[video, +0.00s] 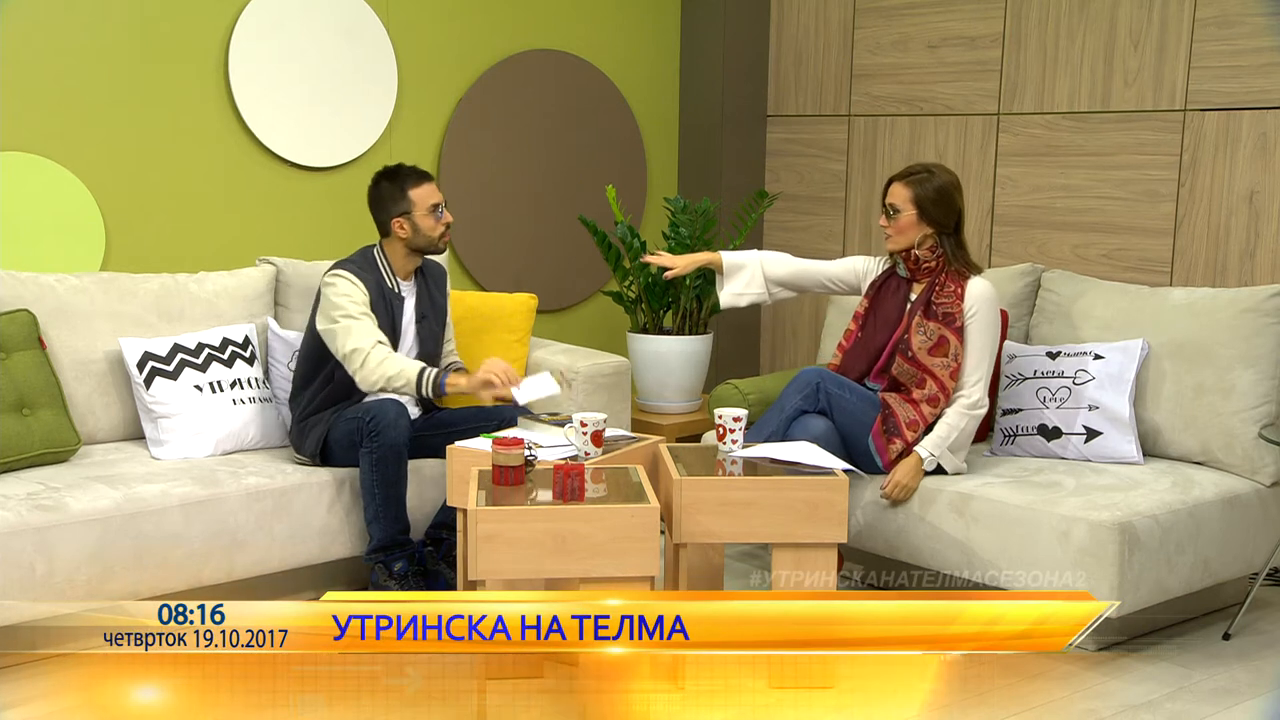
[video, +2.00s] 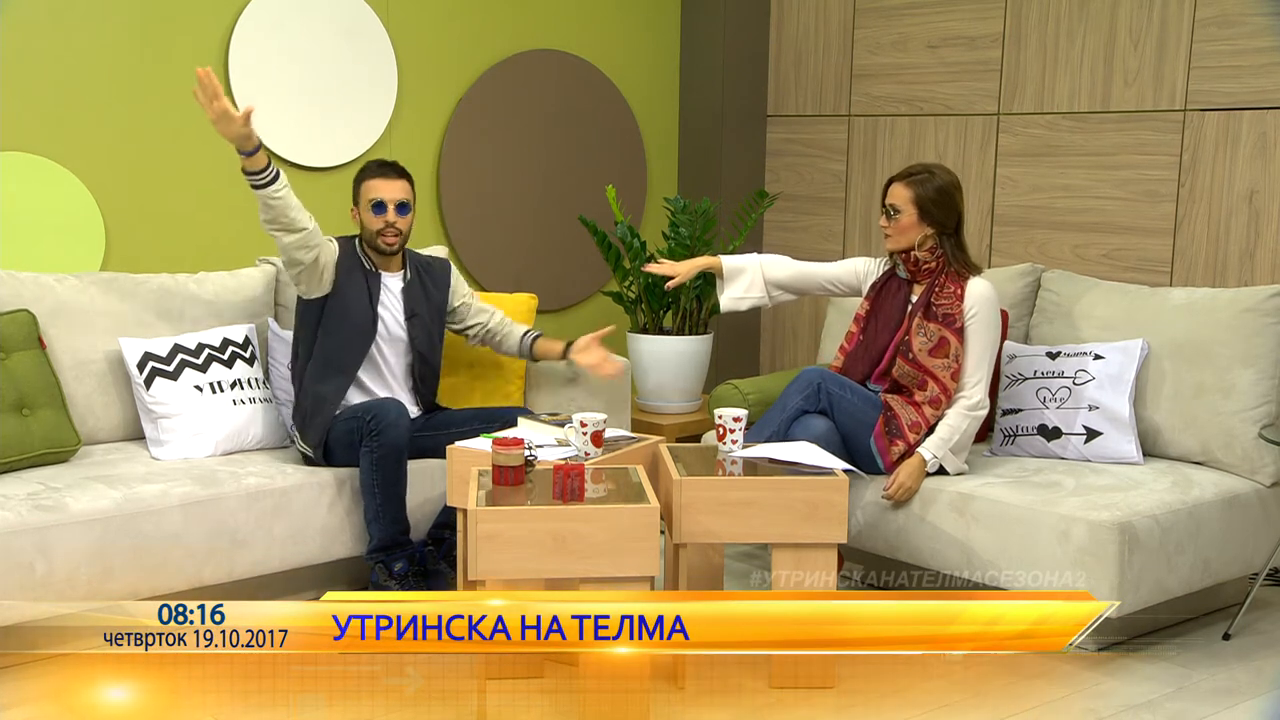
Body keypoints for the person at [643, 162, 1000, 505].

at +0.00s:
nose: (883, 222)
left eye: (895, 213)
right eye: (885, 212)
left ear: (931, 222)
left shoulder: (974, 293)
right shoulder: (882, 270)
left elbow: (971, 398)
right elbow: (799, 271)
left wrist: (921, 459)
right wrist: (704, 259)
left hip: (914, 439)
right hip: (861, 422)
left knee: (816, 379)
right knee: (810, 429)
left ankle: (728, 469)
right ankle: (804, 571)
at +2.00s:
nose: (883, 222)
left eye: (895, 214)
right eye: (885, 212)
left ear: (932, 222)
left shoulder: (974, 294)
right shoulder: (881, 271)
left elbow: (972, 399)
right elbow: (797, 273)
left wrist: (922, 460)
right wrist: (705, 263)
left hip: (914, 439)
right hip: (861, 421)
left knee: (817, 379)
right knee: (811, 429)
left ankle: (727, 465)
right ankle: (802, 570)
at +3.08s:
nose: (917, 223)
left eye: (933, 214)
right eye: (914, 213)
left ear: (964, 227)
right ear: (907, 219)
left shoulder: (989, 295)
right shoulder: (890, 276)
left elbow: (1002, 372)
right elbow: (807, 290)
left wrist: (971, 429)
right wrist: (714, 295)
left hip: (922, 436)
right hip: (864, 421)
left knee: (813, 380)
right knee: (809, 431)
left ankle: (734, 468)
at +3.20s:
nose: (927, 223)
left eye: (943, 216)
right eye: (922, 213)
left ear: (972, 227)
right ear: (914, 219)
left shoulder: (991, 294)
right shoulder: (897, 279)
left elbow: (1032, 316)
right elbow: (811, 295)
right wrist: (716, 302)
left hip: (926, 440)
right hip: (868, 423)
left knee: (812, 380)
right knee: (809, 429)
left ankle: (732, 475)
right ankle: (804, 571)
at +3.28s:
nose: (934, 223)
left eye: (949, 216)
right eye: (928, 214)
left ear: (976, 229)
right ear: (918, 222)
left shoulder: (994, 292)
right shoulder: (896, 282)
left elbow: (1044, 276)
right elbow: (810, 294)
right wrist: (718, 303)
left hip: (924, 440)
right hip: (865, 422)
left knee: (812, 381)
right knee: (810, 432)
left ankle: (734, 472)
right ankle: (802, 570)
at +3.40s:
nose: (939, 226)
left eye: (954, 217)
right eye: (933, 216)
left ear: (981, 229)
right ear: (923, 224)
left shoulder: (996, 293)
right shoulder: (900, 280)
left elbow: (1040, 241)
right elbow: (816, 292)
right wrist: (723, 300)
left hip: (923, 436)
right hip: (865, 418)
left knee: (812, 380)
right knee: (800, 430)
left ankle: (739, 459)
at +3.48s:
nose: (941, 225)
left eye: (956, 217)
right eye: (934, 215)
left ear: (983, 228)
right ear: (925, 222)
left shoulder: (998, 291)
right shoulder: (901, 280)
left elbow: (1039, 232)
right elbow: (816, 296)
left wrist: (1090, 150)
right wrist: (724, 300)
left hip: (924, 433)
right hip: (863, 415)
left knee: (812, 381)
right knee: (805, 438)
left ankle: (741, 458)